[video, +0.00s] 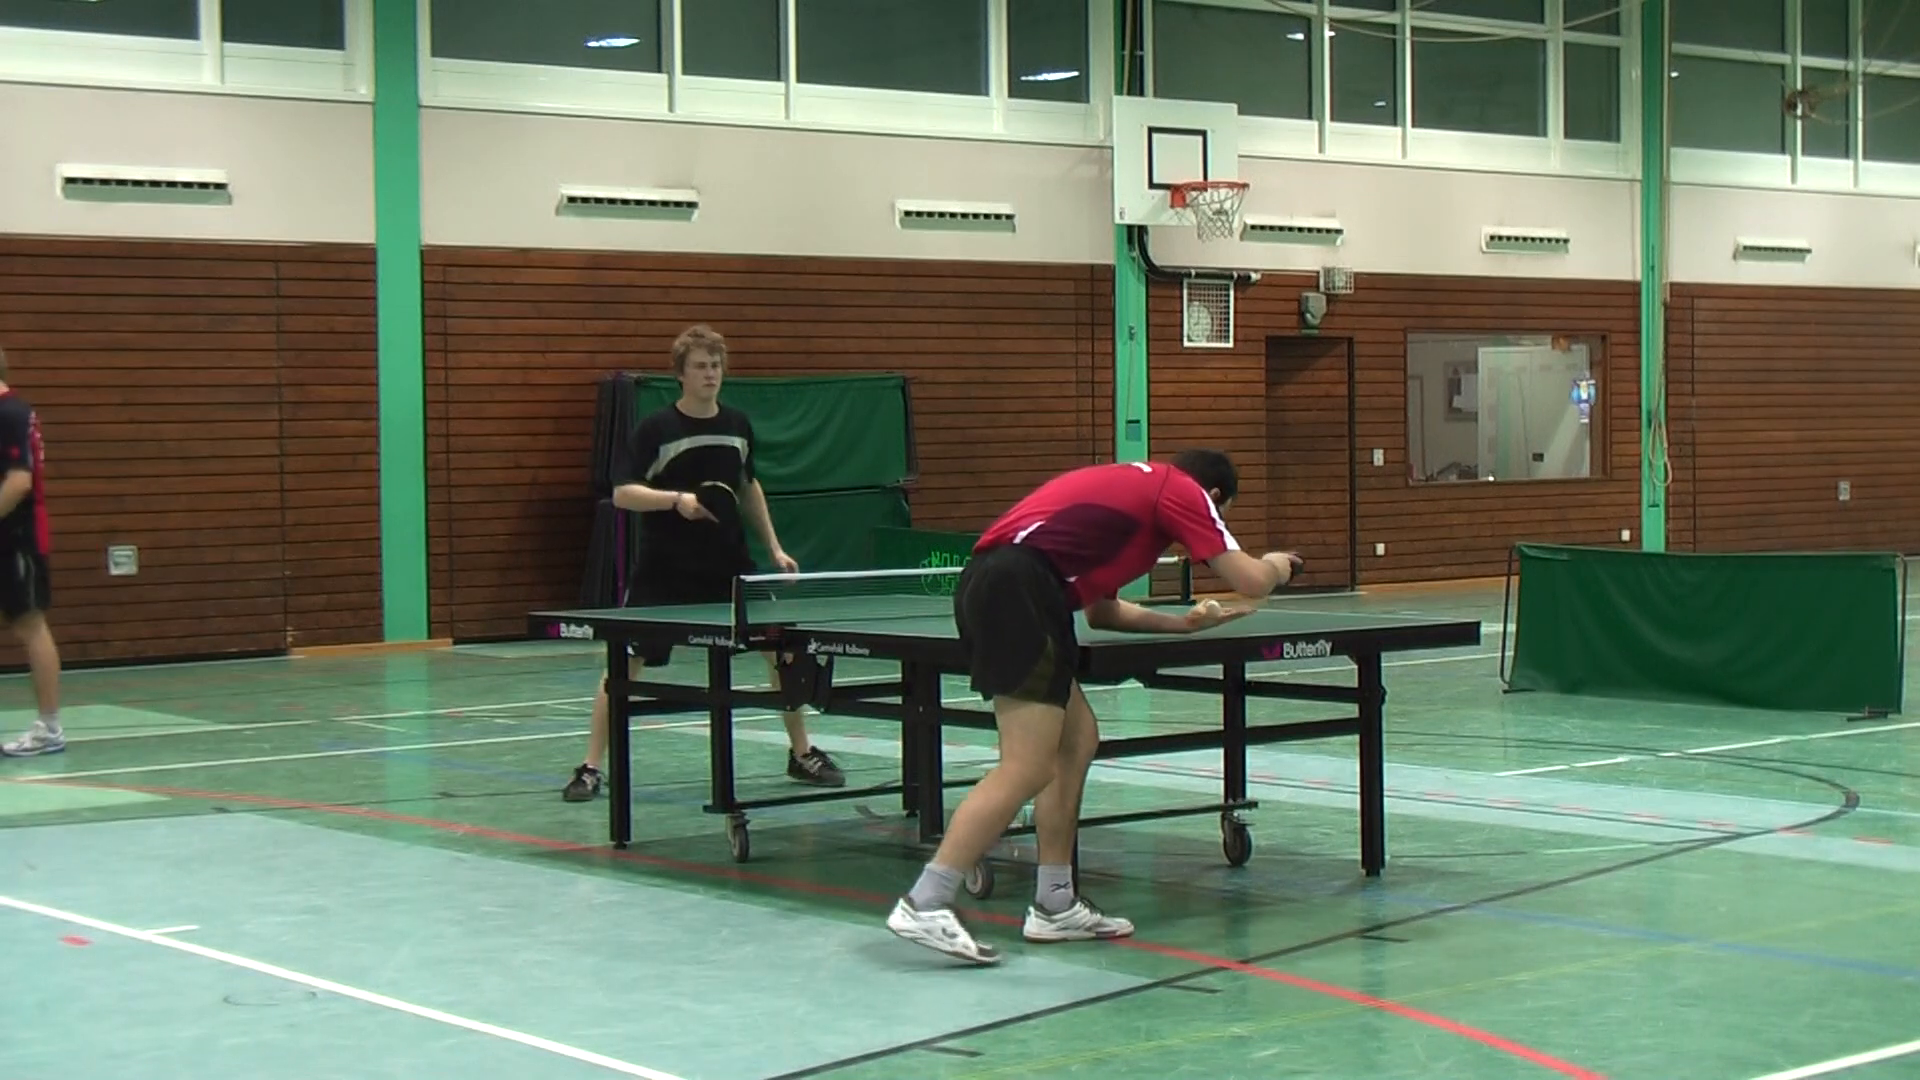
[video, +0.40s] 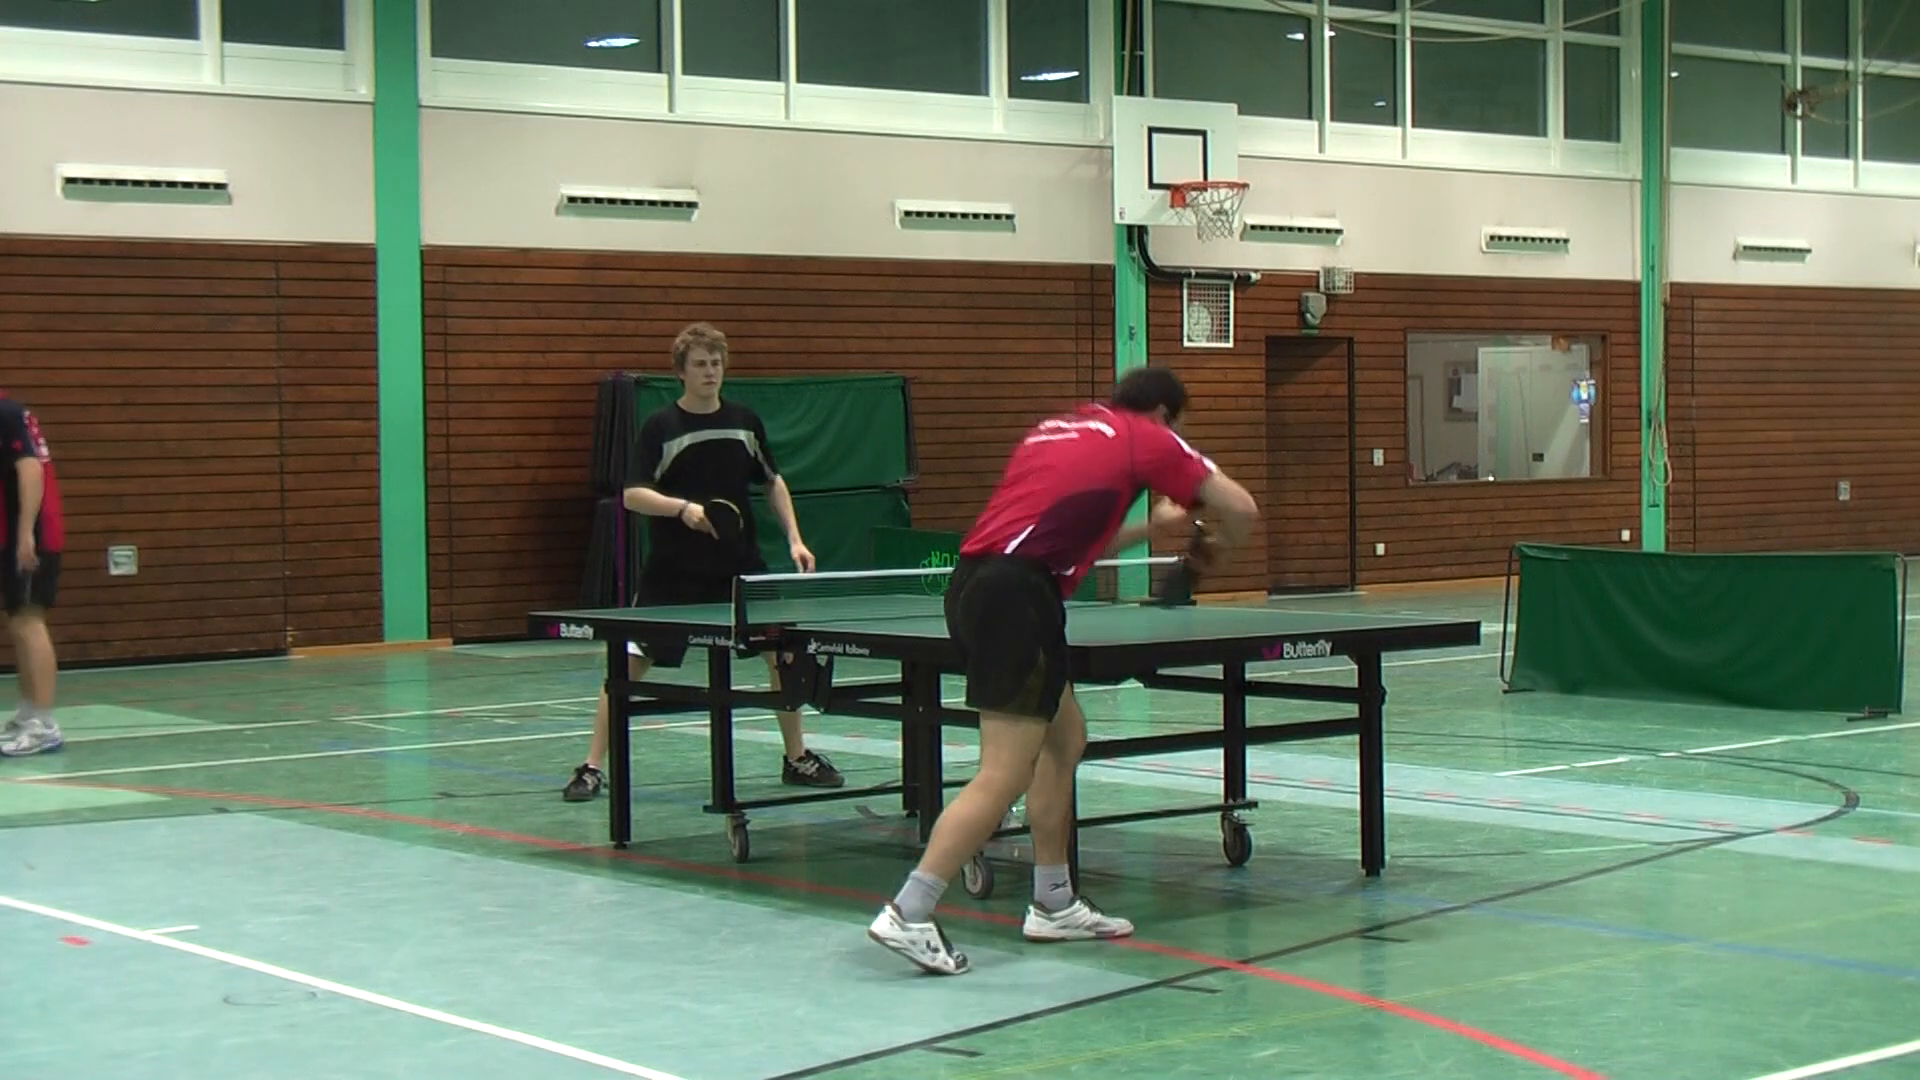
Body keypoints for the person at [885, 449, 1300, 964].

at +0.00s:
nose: (1215, 519)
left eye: (1218, 513)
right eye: (1217, 507)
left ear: (1175, 473)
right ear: (1207, 491)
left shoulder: (1121, 500)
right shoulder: (1177, 487)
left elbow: (1102, 609)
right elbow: (1252, 582)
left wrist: (1185, 619)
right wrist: (1277, 565)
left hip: (999, 585)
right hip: (1017, 583)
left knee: (1077, 738)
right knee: (1029, 763)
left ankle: (1054, 906)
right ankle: (924, 903)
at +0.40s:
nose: (1175, 434)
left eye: (1175, 425)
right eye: (1175, 424)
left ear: (1123, 401)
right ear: (1160, 414)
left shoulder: (1060, 426)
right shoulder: (1146, 436)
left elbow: (1070, 535)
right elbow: (1242, 508)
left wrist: (1151, 529)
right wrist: (1219, 538)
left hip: (976, 585)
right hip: (1016, 591)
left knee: (1065, 736)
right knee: (1003, 773)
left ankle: (1053, 904)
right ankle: (907, 914)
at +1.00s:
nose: (1175, 394)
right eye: (1172, 383)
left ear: (1110, 375)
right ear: (1165, 379)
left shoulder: (1056, 417)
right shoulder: (1169, 402)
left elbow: (997, 525)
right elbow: (1226, 497)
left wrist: (982, 617)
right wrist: (1236, 442)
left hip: (1028, 593)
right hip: (1099, 593)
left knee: (1038, 754)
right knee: (1133, 765)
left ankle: (995, 911)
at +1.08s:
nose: (1195, 393)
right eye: (1194, 382)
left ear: (1131, 375)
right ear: (1187, 380)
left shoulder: (1077, 418)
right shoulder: (1190, 408)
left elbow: (1015, 520)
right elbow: (1231, 504)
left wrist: (1003, 616)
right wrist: (1259, 470)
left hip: (1055, 599)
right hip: (1130, 599)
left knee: (1050, 758)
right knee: (1206, 749)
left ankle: (996, 910)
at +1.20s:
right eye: (1237, 387)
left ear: (1173, 381)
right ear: (1235, 388)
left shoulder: (1121, 432)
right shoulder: (1244, 430)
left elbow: (1057, 519)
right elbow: (1269, 525)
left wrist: (1045, 616)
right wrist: (1242, 518)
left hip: (1110, 621)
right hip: (1189, 621)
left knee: (1071, 768)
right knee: (1298, 752)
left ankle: (998, 911)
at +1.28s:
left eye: (1217, 380)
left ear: (1212, 384)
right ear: (1271, 389)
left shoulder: (1166, 440)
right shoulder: (1292, 441)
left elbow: (1103, 527)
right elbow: (1314, 533)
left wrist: (1088, 629)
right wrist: (1279, 535)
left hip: (1163, 634)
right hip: (1250, 637)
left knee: (1093, 776)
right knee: (1352, 763)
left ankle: (1002, 910)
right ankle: (1413, 924)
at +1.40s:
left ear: (1262, 375)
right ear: (1322, 378)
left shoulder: (1213, 434)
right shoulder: (1352, 438)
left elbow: (1171, 533)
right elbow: (1387, 532)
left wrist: (1164, 635)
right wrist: (1348, 571)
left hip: (1219, 630)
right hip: (1309, 632)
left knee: (1144, 773)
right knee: (1392, 758)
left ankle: (1063, 912)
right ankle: (1434, 922)